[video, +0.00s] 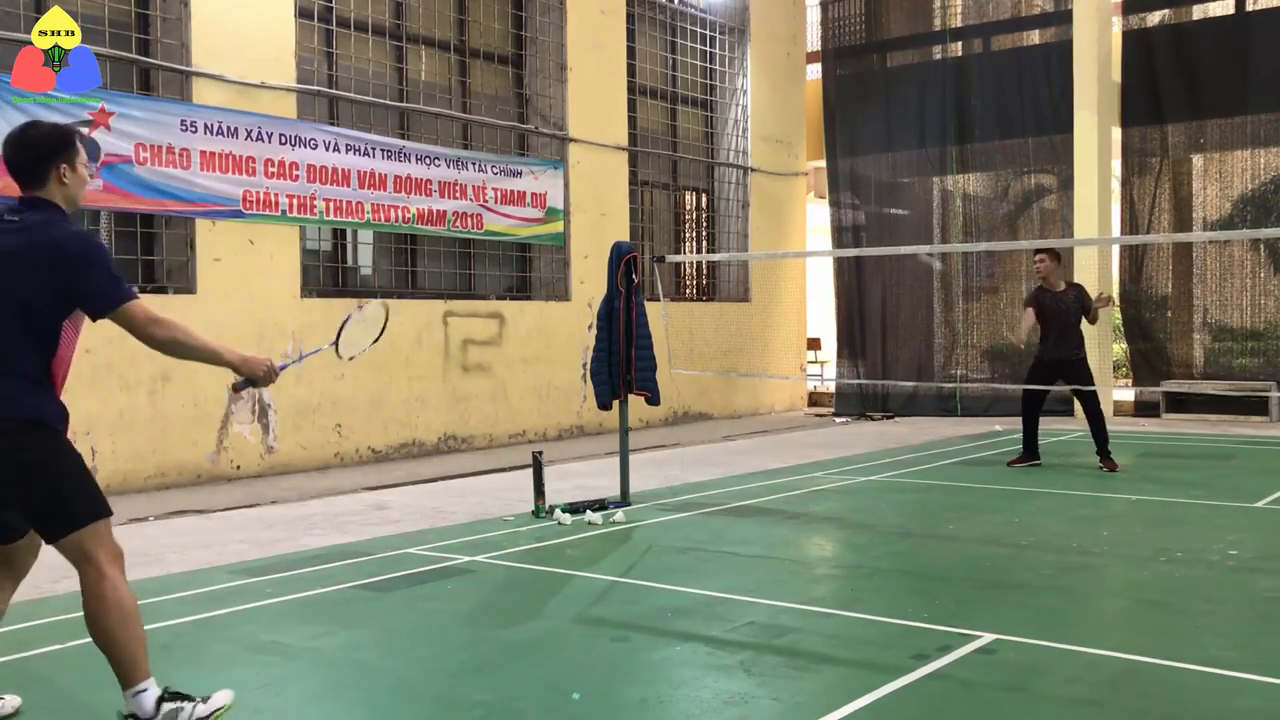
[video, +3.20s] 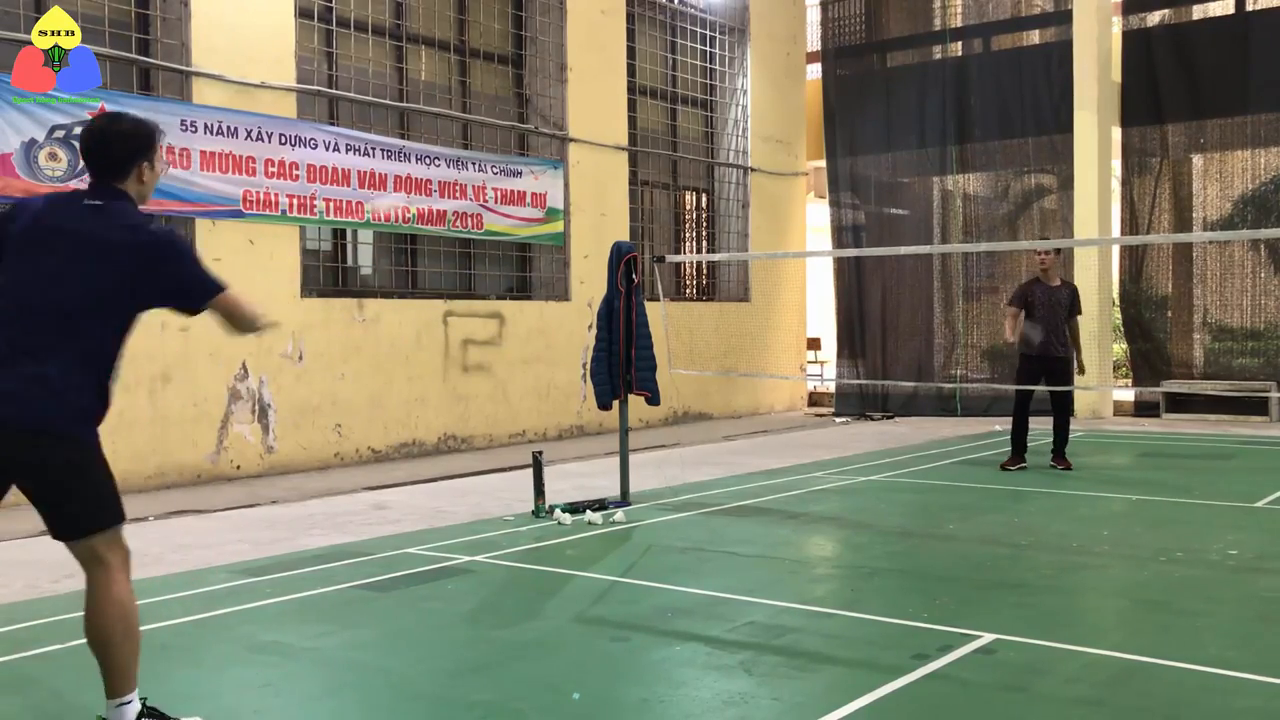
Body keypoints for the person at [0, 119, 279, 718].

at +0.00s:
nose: (89, 177)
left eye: (87, 164)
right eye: (84, 165)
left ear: (24, 176)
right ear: (63, 171)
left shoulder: (8, 226)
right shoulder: (69, 245)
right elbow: (154, 329)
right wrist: (236, 359)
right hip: (24, 425)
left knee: (17, 550)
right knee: (98, 557)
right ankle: (145, 699)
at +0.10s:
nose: (107, 183)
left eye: (104, 171)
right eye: (102, 172)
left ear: (47, 184)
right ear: (79, 180)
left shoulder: (11, 234)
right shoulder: (83, 250)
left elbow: (14, 309)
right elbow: (168, 337)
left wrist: (66, 336)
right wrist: (247, 367)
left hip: (3, 429)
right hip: (26, 431)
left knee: (19, 552)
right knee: (104, 565)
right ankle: (155, 705)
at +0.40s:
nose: (185, 148)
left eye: (181, 136)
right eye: (179, 138)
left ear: (114, 152)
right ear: (164, 151)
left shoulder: (63, 208)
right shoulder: (184, 236)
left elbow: (3, 269)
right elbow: (272, 317)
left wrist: (37, 314)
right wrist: (323, 311)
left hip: (25, 408)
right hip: (106, 420)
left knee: (7, 552)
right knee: (158, 556)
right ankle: (168, 706)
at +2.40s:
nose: (228, 165)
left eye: (227, 156)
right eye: (226, 157)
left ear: (159, 159)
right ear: (215, 163)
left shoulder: (100, 212)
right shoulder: (235, 240)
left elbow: (10, 270)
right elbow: (332, 271)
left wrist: (2, 334)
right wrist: (418, 286)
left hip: (61, 411)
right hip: (148, 422)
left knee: (28, 542)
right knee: (198, 546)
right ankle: (203, 699)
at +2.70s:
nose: (177, 181)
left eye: (175, 168)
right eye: (173, 169)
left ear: (113, 175)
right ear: (152, 174)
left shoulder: (56, 227)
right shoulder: (156, 243)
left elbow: (1, 288)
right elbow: (238, 308)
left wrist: (13, 347)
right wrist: (331, 337)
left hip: (15, 431)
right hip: (85, 438)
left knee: (5, 551)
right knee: (158, 557)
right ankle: (198, 700)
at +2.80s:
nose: (160, 197)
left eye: (158, 184)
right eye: (155, 186)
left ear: (93, 193)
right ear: (129, 193)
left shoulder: (38, 242)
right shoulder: (118, 262)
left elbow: (15, 326)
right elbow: (189, 345)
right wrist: (282, 381)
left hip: (2, 443)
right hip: (41, 448)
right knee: (126, 566)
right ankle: (192, 701)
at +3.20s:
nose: (159, 171)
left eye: (158, 160)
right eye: (158, 161)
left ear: (90, 165)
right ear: (142, 168)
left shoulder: (22, 213)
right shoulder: (146, 240)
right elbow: (235, 312)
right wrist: (253, 322)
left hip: (1, 413)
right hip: (53, 425)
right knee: (106, 562)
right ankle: (124, 709)